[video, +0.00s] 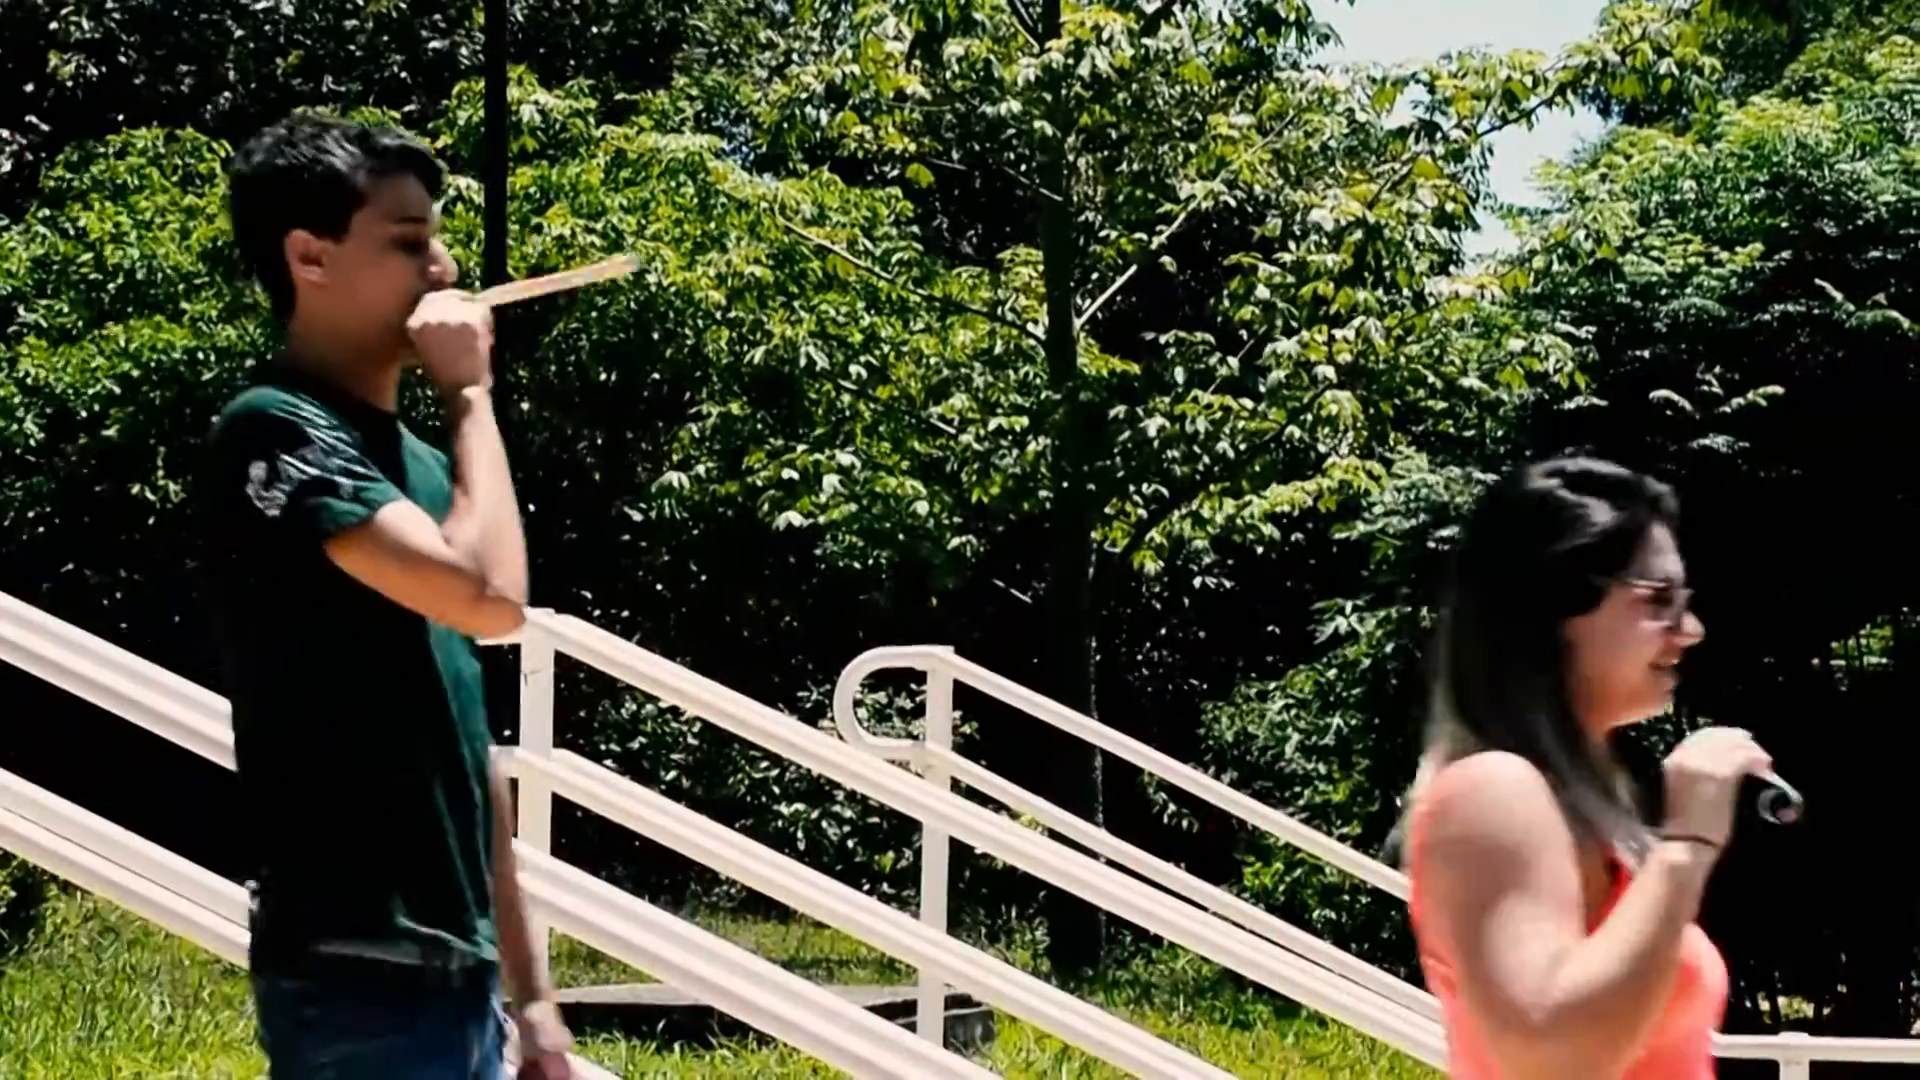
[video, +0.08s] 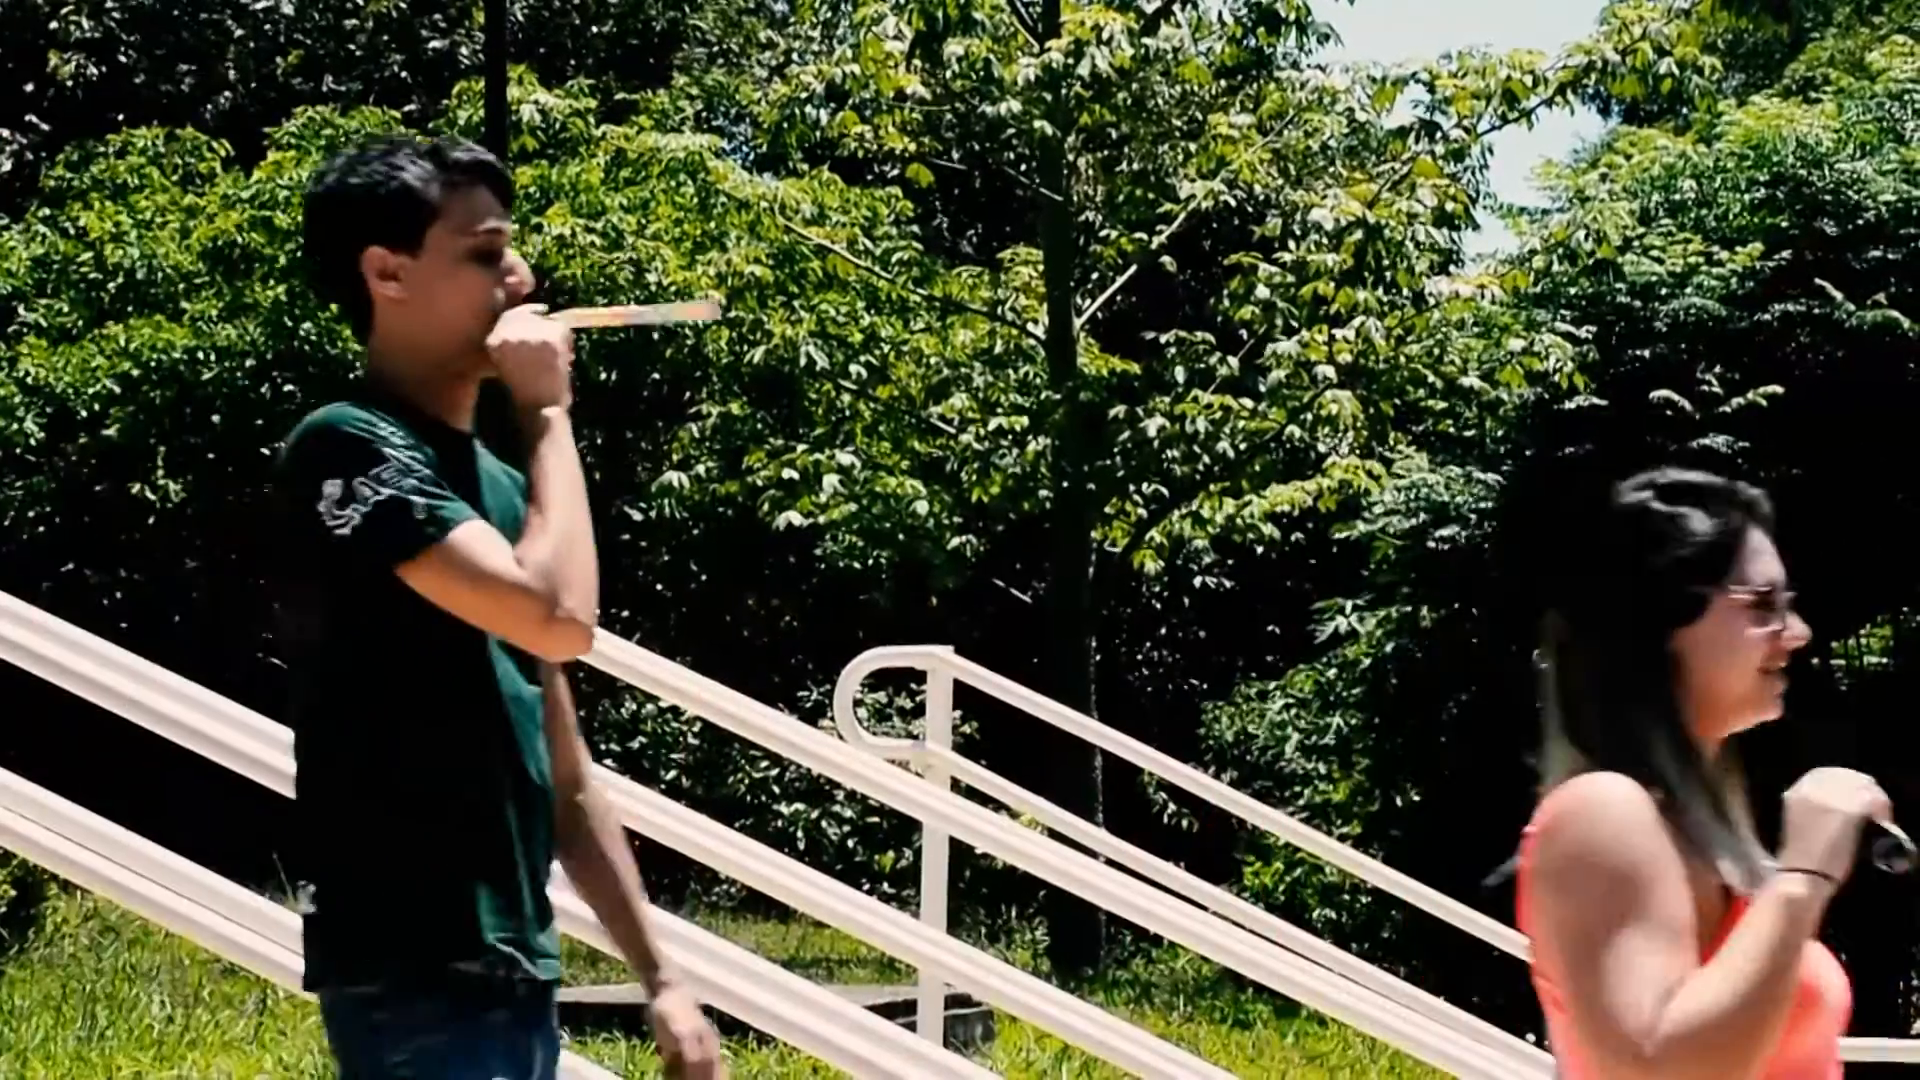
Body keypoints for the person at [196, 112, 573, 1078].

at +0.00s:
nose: (444, 271)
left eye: (437, 243)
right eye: (410, 243)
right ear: (310, 257)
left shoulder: (435, 473)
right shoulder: (272, 432)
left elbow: (479, 761)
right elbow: (490, 597)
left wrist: (529, 995)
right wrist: (471, 391)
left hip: (463, 970)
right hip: (356, 975)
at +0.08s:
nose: (523, 279)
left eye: (512, 250)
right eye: (485, 255)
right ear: (389, 275)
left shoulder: (504, 486)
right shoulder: (343, 448)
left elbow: (568, 784)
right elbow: (557, 616)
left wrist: (661, 982)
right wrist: (548, 413)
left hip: (517, 969)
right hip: (412, 979)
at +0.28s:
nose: (703, 309)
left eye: (691, 280)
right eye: (665, 283)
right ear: (569, 306)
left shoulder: (684, 512)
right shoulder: (527, 485)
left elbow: (742, 791)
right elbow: (747, 657)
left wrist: (864, 935)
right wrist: (727, 449)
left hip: (691, 1011)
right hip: (574, 1021)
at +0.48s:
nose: (898, 428)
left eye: (885, 400)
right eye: (857, 407)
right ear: (765, 438)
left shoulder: (887, 649)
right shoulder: (733, 624)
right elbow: (947, 833)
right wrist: (940, 607)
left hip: (878, 1048)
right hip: (755, 1048)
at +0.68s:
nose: (1126, 464)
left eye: (1108, 434)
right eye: (1082, 443)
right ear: (991, 487)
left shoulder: (1115, 683)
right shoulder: (965, 675)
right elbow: (1124, 926)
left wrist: (1156, 1056)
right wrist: (1168, 714)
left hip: (1135, 1060)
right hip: (1008, 1062)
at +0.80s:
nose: (1268, 534)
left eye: (1251, 507)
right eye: (1224, 514)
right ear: (1127, 552)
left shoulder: (1268, 758)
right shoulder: (1104, 744)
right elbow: (1313, 962)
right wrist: (1319, 738)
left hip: (1298, 1062)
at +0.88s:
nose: (1356, 535)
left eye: (1343, 505)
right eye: (1315, 512)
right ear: (1215, 541)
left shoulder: (1341, 757)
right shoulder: (1191, 732)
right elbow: (1422, 938)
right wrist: (1407, 714)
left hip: (1380, 1061)